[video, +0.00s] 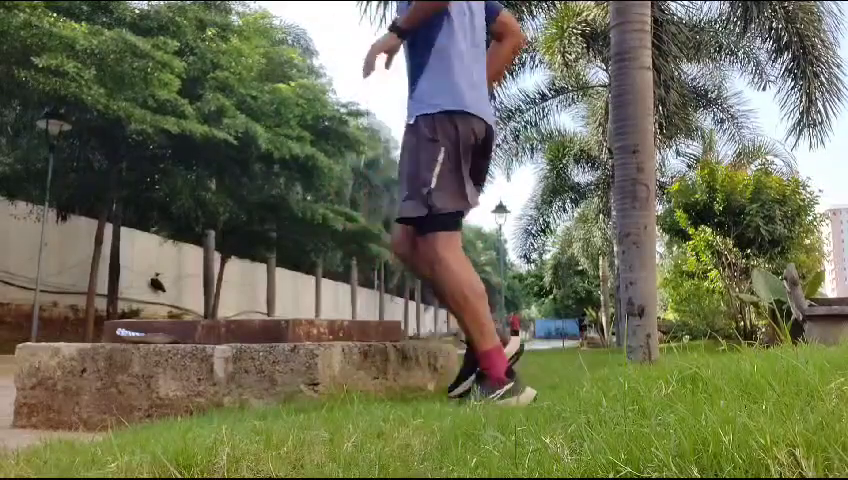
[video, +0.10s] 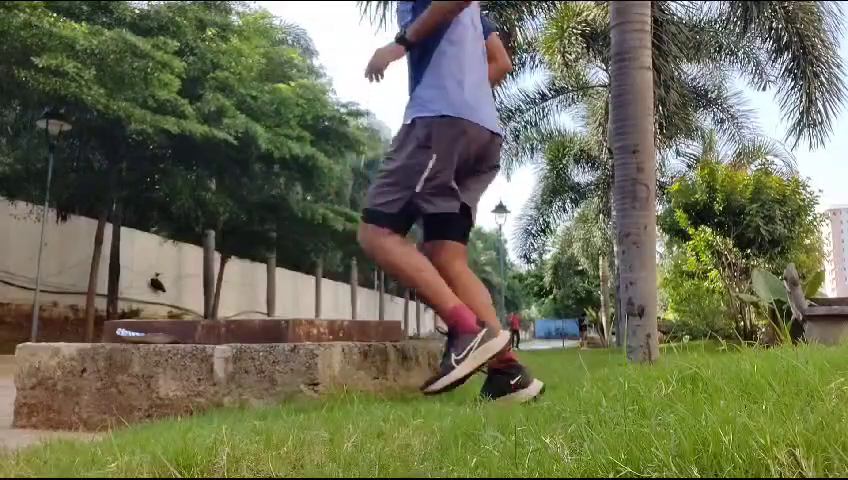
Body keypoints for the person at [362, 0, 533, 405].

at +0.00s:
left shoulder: (425, 4)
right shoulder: (476, 5)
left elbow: (436, 3)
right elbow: (511, 34)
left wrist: (395, 33)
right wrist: (476, 89)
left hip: (441, 107)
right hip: (474, 113)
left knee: (439, 245)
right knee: (406, 242)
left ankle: (497, 374)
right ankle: (489, 338)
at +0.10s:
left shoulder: (424, 3)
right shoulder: (476, 11)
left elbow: (456, 2)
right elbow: (501, 62)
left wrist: (397, 46)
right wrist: (453, 86)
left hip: (441, 115)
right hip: (487, 129)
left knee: (377, 234)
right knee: (446, 255)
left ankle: (467, 328)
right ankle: (507, 371)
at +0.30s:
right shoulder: (453, 13)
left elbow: (431, 0)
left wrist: (391, 31)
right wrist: (402, 79)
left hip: (431, 80)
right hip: (475, 96)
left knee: (344, 181)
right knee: (457, 228)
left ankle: (385, 297)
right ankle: (497, 352)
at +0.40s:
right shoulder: (453, 8)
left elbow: (405, 1)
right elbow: (469, 29)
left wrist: (375, 26)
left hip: (419, 70)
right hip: (465, 83)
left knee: (359, 185)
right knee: (416, 204)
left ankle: (389, 305)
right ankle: (479, 309)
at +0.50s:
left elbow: (375, 5)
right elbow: (473, 10)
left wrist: (361, 10)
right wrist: (450, 42)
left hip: (419, 49)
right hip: (467, 57)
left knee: (387, 173)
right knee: (413, 182)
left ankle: (391, 306)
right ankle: (440, 301)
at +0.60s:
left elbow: (370, 3)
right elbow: (480, 6)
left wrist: (358, 7)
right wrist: (447, 40)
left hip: (423, 50)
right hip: (465, 61)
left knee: (390, 174)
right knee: (416, 184)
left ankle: (426, 303)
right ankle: (426, 302)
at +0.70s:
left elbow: (373, 4)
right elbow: (490, 2)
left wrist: (364, 5)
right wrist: (456, 37)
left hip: (431, 52)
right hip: (465, 59)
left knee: (401, 180)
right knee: (412, 184)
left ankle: (460, 302)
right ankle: (418, 307)